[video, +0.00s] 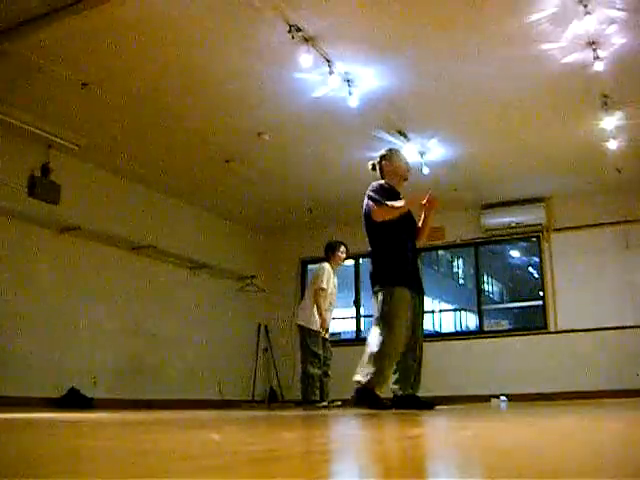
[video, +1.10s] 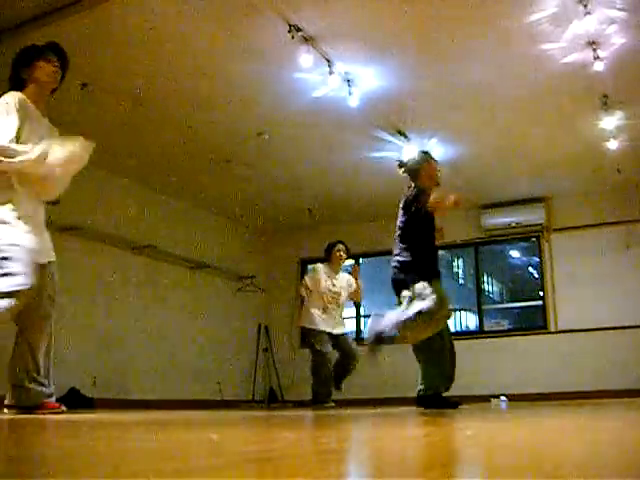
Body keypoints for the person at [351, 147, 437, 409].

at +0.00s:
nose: (408, 167)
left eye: (407, 162)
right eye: (402, 161)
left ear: (394, 166)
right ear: (386, 165)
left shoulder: (398, 201)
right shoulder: (378, 189)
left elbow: (418, 239)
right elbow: (377, 212)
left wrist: (426, 212)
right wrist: (404, 206)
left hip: (410, 274)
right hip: (391, 273)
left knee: (412, 336)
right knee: (392, 332)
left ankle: (406, 391)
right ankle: (367, 386)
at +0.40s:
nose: (389, 161)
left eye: (390, 156)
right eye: (382, 156)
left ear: (393, 164)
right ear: (369, 163)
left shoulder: (401, 197)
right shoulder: (357, 196)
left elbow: (409, 239)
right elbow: (366, 235)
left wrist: (407, 209)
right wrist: (399, 216)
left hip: (397, 276)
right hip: (367, 276)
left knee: (402, 343)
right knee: (366, 334)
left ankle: (369, 372)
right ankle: (363, 391)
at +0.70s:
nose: (403, 159)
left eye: (402, 153)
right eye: (397, 154)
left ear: (399, 158)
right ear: (382, 160)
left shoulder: (410, 192)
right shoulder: (371, 187)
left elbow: (429, 223)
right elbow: (379, 213)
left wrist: (438, 202)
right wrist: (402, 184)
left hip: (405, 267)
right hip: (376, 267)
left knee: (428, 318)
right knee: (373, 328)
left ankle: (391, 340)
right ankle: (362, 389)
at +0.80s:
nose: (413, 155)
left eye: (411, 150)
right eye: (408, 150)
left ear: (399, 155)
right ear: (394, 155)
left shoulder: (404, 188)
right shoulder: (385, 184)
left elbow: (425, 224)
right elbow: (413, 215)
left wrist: (439, 194)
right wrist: (424, 181)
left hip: (406, 269)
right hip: (382, 269)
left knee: (432, 320)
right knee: (377, 330)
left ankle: (412, 365)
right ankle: (363, 389)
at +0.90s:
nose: (421, 163)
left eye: (419, 158)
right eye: (415, 158)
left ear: (405, 164)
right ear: (402, 164)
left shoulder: (405, 193)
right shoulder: (401, 192)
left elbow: (428, 233)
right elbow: (428, 228)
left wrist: (433, 216)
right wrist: (437, 205)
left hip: (409, 281)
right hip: (388, 280)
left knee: (428, 333)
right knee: (377, 336)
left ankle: (429, 389)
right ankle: (363, 392)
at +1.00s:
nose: (431, 170)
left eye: (429, 164)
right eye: (427, 164)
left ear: (415, 168)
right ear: (416, 168)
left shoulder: (410, 201)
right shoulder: (410, 200)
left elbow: (422, 235)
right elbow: (426, 235)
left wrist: (439, 226)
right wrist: (445, 225)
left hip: (413, 286)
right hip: (403, 284)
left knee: (437, 347)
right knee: (406, 323)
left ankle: (429, 394)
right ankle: (366, 381)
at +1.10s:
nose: (438, 170)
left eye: (436, 166)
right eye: (433, 166)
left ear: (422, 172)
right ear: (422, 171)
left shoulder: (419, 198)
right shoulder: (416, 197)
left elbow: (416, 234)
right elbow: (436, 203)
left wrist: (435, 235)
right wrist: (452, 201)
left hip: (420, 272)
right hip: (412, 270)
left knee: (435, 335)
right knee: (434, 309)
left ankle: (431, 391)